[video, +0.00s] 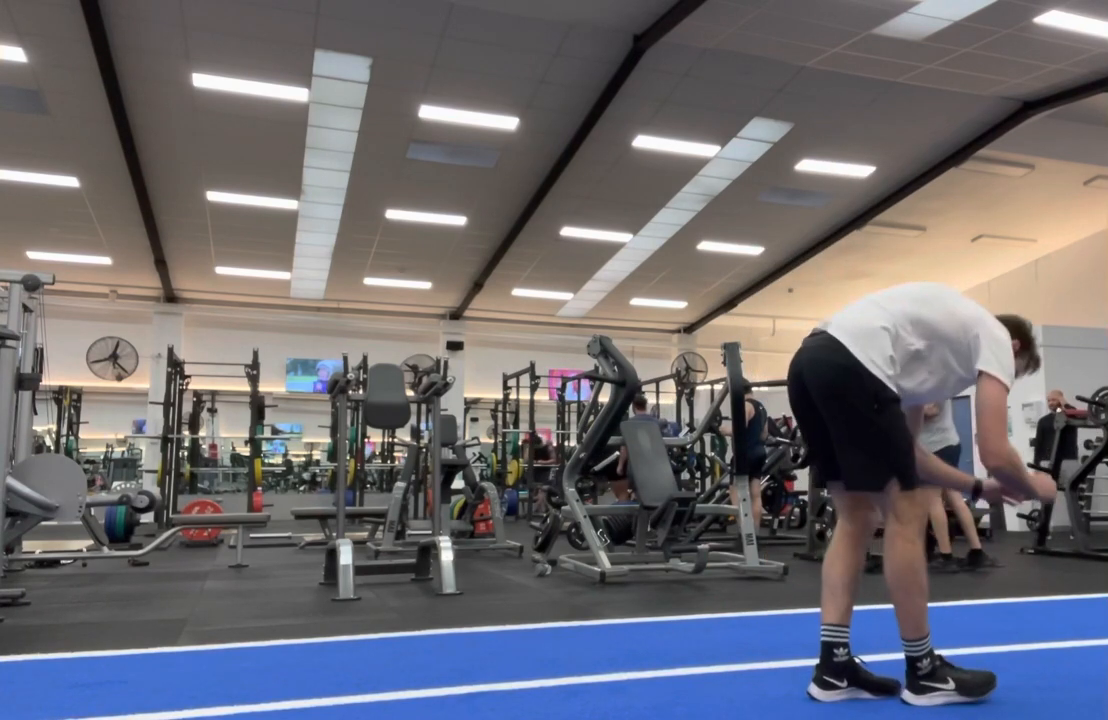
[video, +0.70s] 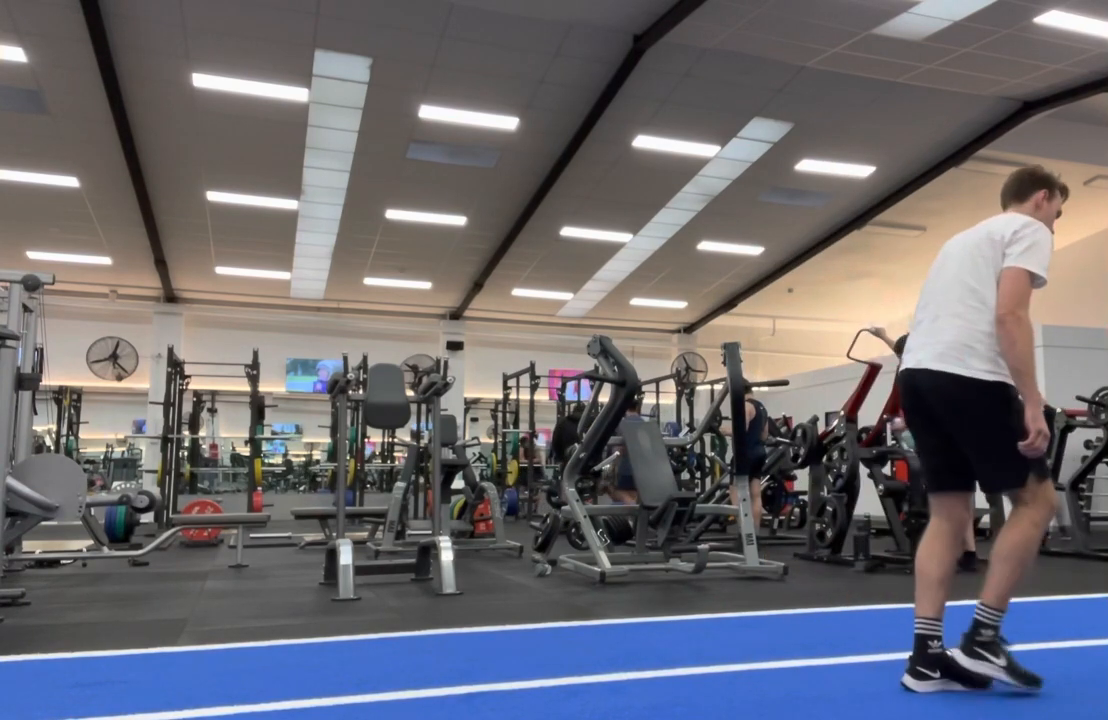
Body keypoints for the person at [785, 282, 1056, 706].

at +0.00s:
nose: (1011, 377)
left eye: (1016, 374)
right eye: (1017, 368)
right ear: (1015, 343)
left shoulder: (926, 354)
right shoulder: (994, 336)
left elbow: (905, 449)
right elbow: (994, 452)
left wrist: (979, 485)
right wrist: (1027, 483)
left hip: (808, 365)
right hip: (854, 368)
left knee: (855, 517)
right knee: (907, 512)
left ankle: (833, 665)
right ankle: (923, 670)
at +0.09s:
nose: (1024, 342)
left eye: (1030, 337)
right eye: (1029, 332)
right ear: (1026, 310)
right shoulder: (1004, 308)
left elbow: (899, 419)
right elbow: (988, 419)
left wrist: (969, 457)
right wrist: (1026, 458)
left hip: (827, 366)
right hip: (872, 370)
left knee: (868, 514)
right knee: (924, 513)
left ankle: (835, 662)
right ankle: (927, 670)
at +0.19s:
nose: (1037, 305)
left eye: (1042, 299)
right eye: (1042, 294)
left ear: (1005, 261)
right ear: (1033, 275)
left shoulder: (951, 274)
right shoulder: (1009, 282)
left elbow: (902, 364)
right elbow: (987, 384)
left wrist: (946, 440)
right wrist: (1017, 443)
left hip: (844, 368)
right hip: (894, 371)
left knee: (895, 512)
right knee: (943, 512)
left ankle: (844, 644)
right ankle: (928, 668)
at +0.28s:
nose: (1042, 273)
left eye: (1046, 267)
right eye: (1046, 263)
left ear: (1008, 237)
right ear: (1035, 244)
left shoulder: (959, 254)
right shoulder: (1012, 260)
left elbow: (898, 325)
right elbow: (989, 357)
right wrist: (1015, 436)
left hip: (866, 366)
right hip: (911, 371)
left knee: (918, 509)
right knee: (948, 517)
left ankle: (868, 631)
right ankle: (929, 667)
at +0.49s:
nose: (1046, 234)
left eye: (1050, 226)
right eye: (1049, 225)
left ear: (1004, 206)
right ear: (1033, 208)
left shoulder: (953, 240)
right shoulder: (1020, 236)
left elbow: (915, 323)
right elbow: (1001, 319)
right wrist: (1017, 412)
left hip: (896, 373)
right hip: (942, 375)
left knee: (935, 514)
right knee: (975, 514)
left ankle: (923, 651)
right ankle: (931, 659)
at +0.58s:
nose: (1047, 228)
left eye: (1051, 220)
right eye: (1049, 218)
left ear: (1003, 204)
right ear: (1034, 204)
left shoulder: (951, 245)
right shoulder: (1021, 234)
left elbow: (931, 330)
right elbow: (1004, 318)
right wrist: (1024, 409)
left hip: (905, 380)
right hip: (957, 381)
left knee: (944, 517)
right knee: (1017, 508)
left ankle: (925, 655)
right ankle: (945, 637)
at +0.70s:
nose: (1055, 224)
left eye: (1059, 216)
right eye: (1057, 214)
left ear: (1012, 199)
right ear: (1043, 198)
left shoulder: (961, 242)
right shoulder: (1029, 229)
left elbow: (928, 326)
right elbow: (1010, 312)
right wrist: (1033, 402)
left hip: (918, 379)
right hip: (974, 380)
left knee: (949, 517)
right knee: (1037, 500)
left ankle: (926, 655)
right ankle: (983, 638)